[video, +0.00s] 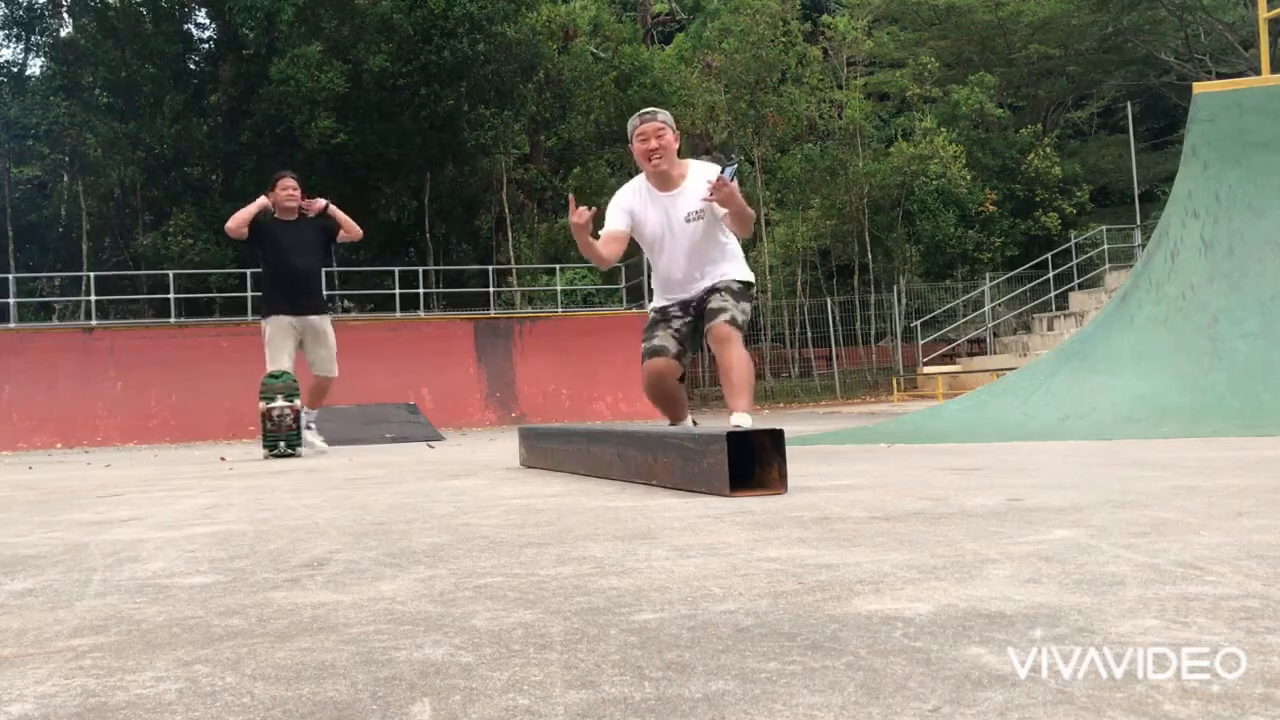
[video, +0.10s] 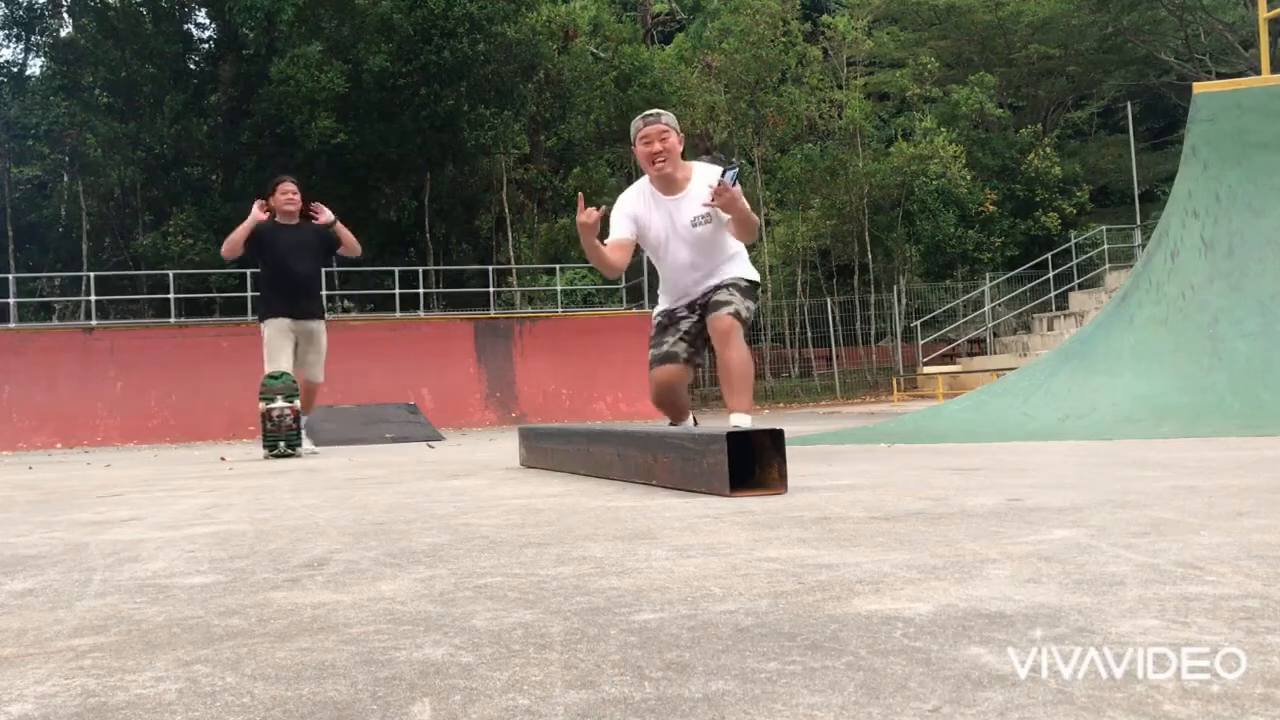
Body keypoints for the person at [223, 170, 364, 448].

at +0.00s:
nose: (292, 192)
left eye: (295, 188)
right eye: (285, 189)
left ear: (302, 196)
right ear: (272, 197)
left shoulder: (317, 223)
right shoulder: (263, 225)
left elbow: (355, 233)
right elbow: (232, 228)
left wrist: (327, 207)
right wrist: (259, 203)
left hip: (315, 312)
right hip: (278, 313)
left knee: (327, 374)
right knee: (279, 377)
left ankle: (306, 423)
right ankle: (283, 434)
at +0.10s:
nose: (291, 196)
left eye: (295, 192)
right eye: (284, 193)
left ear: (301, 201)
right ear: (272, 202)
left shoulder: (316, 231)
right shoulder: (263, 230)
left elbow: (353, 251)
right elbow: (228, 252)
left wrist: (333, 222)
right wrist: (252, 220)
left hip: (312, 316)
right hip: (276, 315)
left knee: (312, 379)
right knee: (278, 378)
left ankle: (300, 428)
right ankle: (281, 436)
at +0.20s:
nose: (292, 200)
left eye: (296, 196)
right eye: (285, 197)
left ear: (303, 204)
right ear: (275, 206)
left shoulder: (316, 236)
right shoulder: (263, 235)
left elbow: (346, 269)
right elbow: (232, 272)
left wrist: (341, 249)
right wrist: (246, 253)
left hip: (310, 321)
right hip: (276, 321)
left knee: (302, 383)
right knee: (278, 382)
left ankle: (296, 435)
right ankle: (278, 439)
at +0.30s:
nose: (294, 202)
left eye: (297, 198)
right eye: (287, 199)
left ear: (304, 206)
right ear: (276, 207)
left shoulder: (317, 236)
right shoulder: (262, 236)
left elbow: (329, 275)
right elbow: (241, 271)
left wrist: (344, 279)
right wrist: (241, 286)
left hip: (309, 322)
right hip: (276, 322)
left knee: (301, 384)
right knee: (280, 382)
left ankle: (295, 436)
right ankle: (280, 440)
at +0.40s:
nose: (294, 202)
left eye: (298, 198)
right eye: (287, 199)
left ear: (304, 205)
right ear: (276, 206)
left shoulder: (314, 237)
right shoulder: (260, 236)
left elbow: (321, 277)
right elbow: (240, 271)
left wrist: (337, 308)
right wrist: (233, 304)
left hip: (308, 320)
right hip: (275, 320)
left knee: (301, 381)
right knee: (279, 380)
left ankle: (295, 436)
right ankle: (277, 438)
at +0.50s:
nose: (293, 203)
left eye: (296, 198)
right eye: (287, 199)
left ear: (303, 205)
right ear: (275, 205)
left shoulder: (313, 238)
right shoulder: (260, 235)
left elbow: (319, 278)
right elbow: (239, 274)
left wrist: (322, 314)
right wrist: (228, 311)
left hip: (306, 319)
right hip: (273, 319)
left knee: (302, 380)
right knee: (275, 377)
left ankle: (293, 435)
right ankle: (271, 438)